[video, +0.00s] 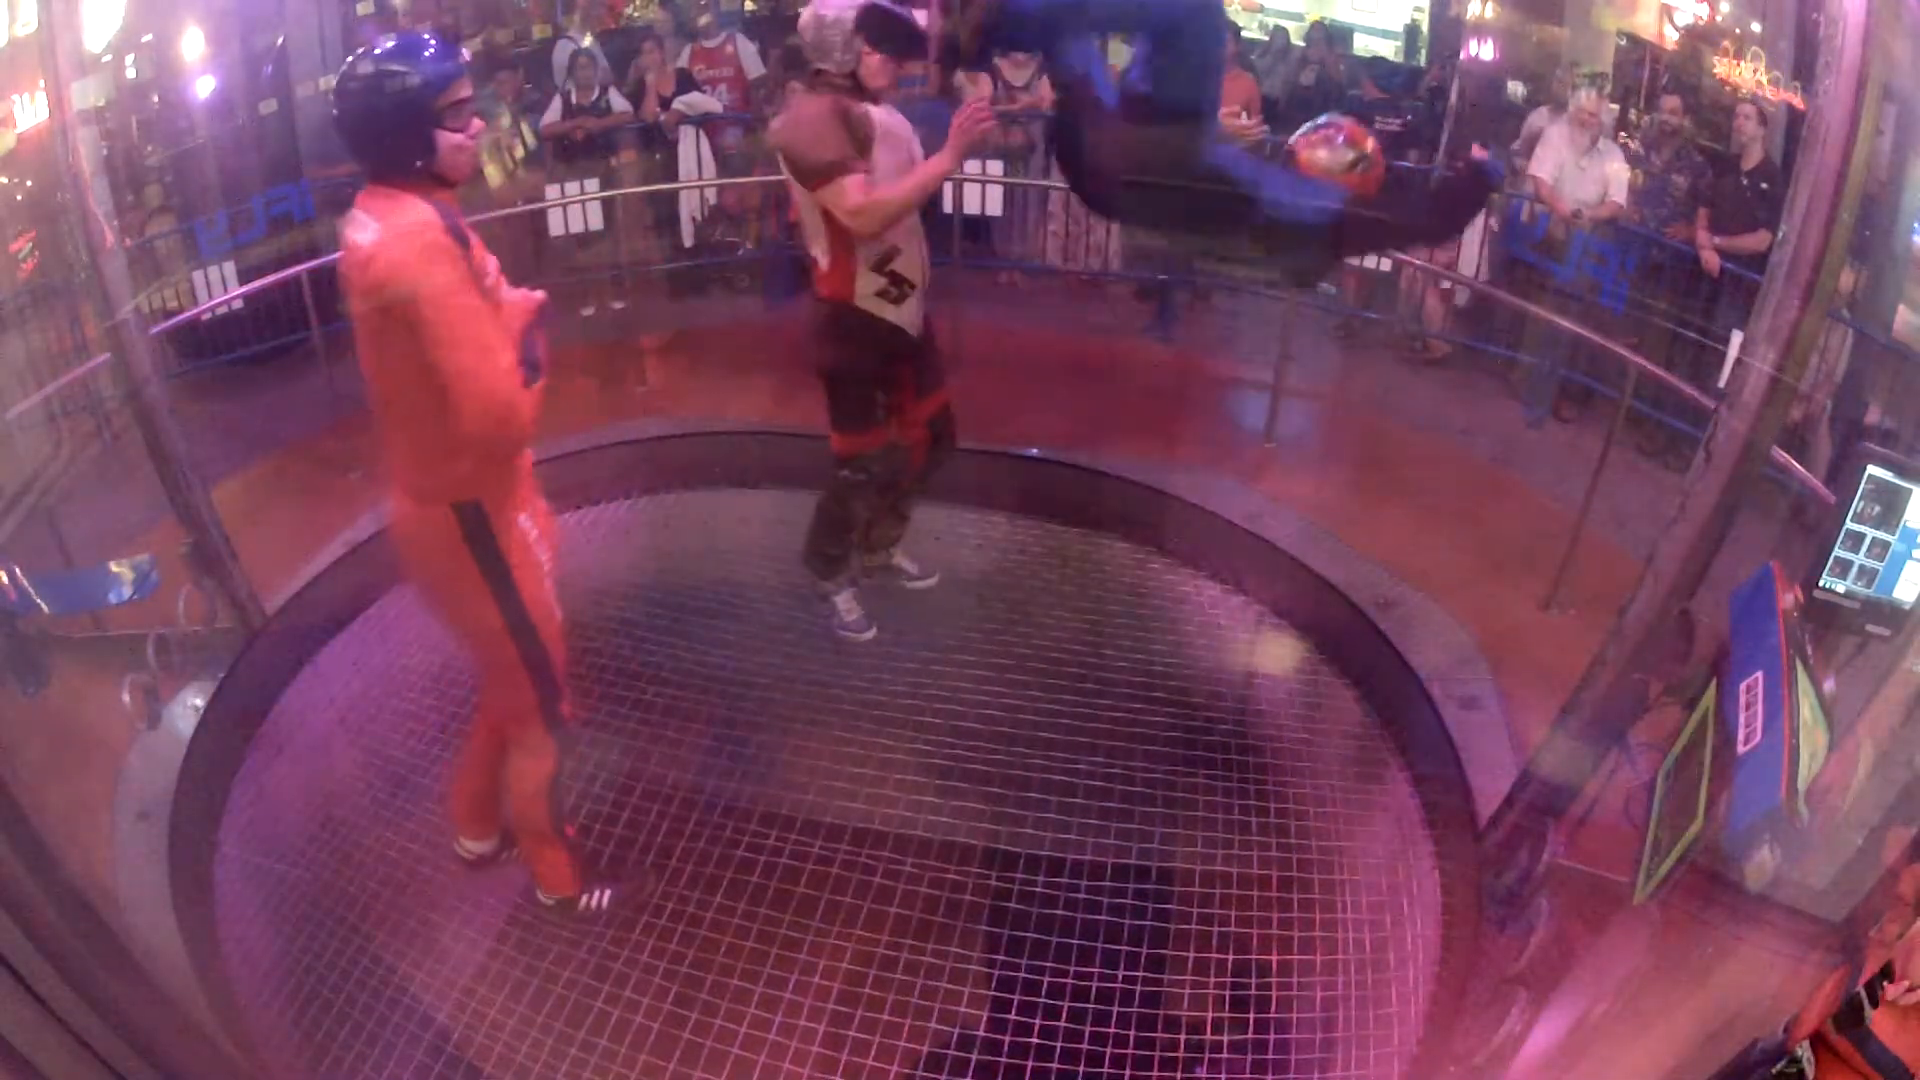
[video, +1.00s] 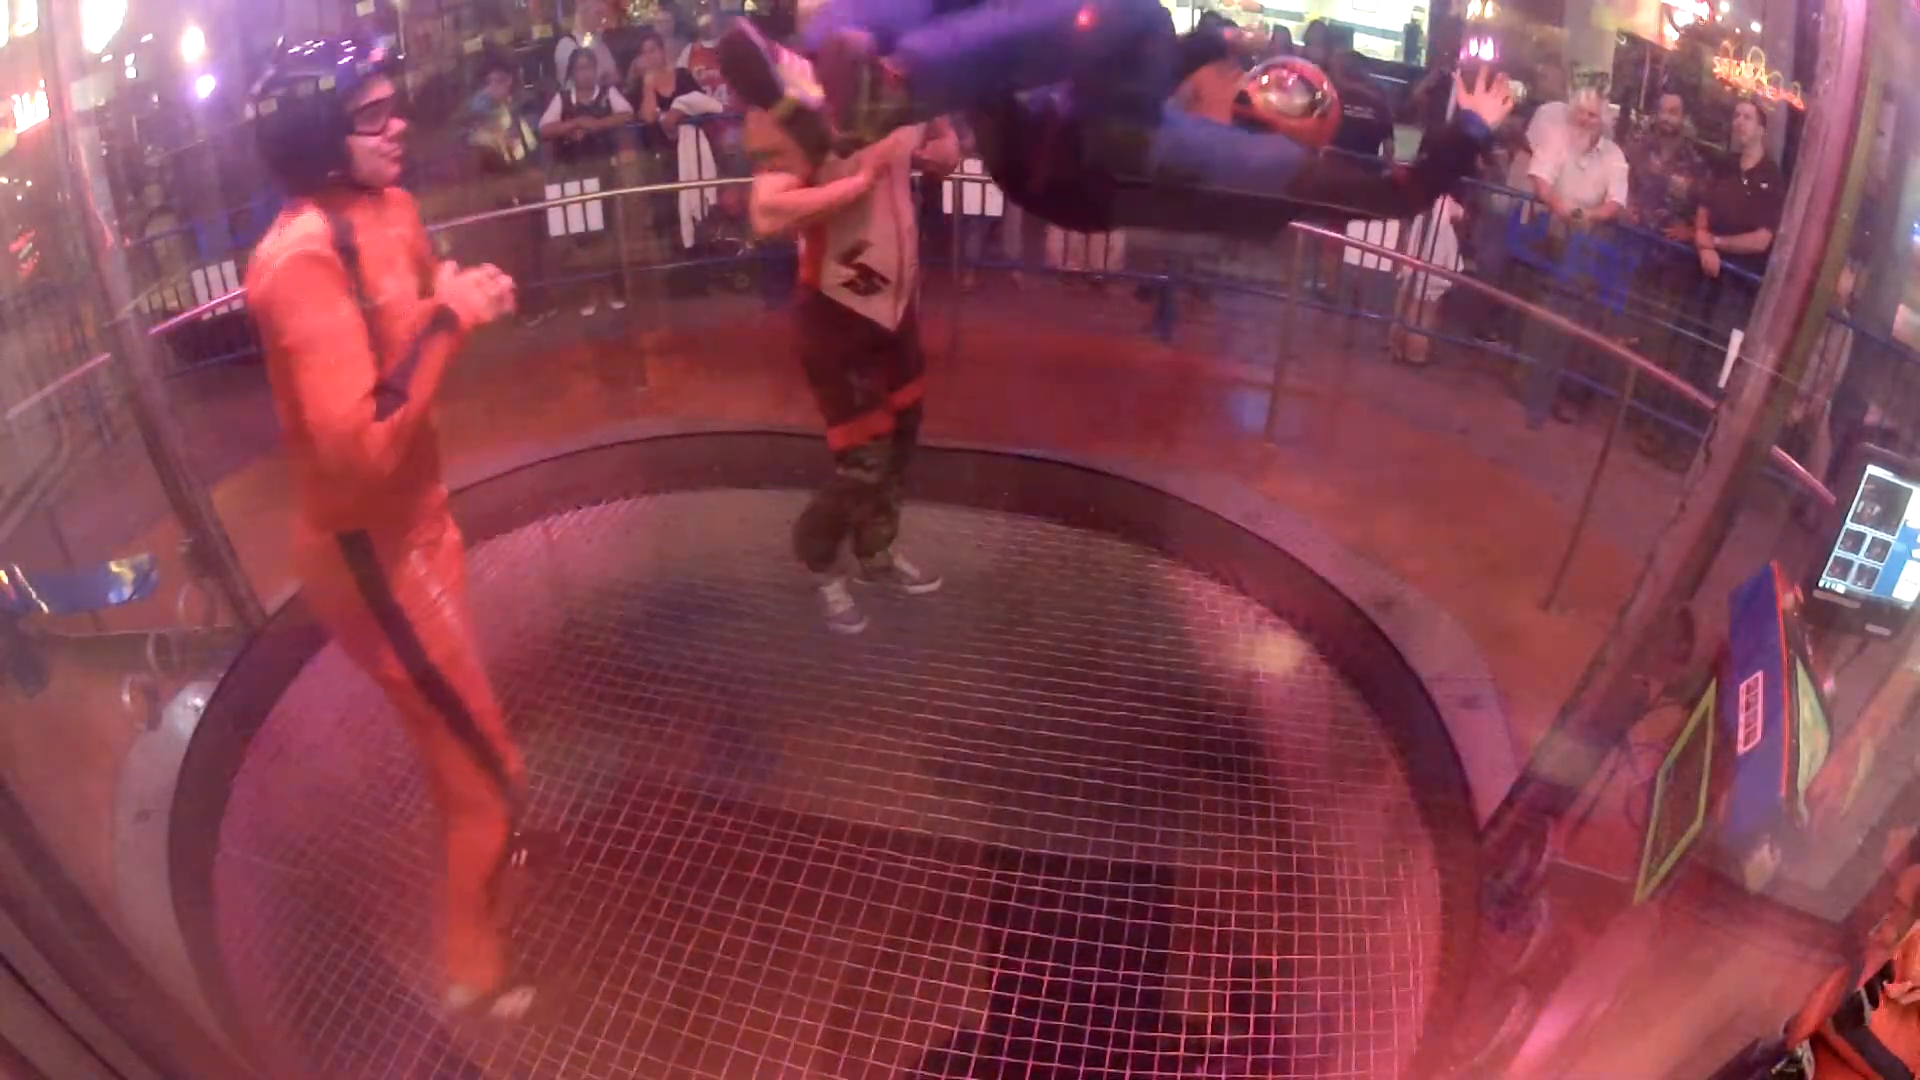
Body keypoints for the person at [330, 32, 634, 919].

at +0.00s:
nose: (477, 129)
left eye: (473, 111)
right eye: (458, 116)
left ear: (400, 135)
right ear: (410, 133)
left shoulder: (406, 215)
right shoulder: (412, 247)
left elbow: (486, 322)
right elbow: (489, 422)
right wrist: (522, 346)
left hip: (481, 489)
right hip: (461, 512)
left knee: (522, 659)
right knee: (533, 693)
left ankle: (474, 820)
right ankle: (554, 877)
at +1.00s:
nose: (397, 131)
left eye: (395, 112)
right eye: (373, 119)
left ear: (390, 121)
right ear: (317, 141)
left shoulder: (391, 211)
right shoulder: (298, 263)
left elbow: (413, 320)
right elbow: (357, 456)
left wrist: (456, 294)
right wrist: (446, 323)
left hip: (423, 519)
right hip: (364, 549)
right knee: (482, 774)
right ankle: (468, 984)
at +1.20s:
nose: (333, 156)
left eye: (331, 138)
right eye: (309, 144)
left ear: (324, 149)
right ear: (255, 162)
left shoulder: (327, 240)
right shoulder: (243, 288)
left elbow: (351, 385)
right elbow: (336, 498)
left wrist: (388, 333)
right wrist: (404, 357)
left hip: (395, 538)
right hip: (340, 577)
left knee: (450, 718)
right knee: (415, 836)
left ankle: (474, 846)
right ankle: (363, 1042)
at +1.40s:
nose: (265, 209)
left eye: (260, 189)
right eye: (238, 200)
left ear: (256, 194)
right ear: (181, 229)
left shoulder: (252, 303)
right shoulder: (178, 356)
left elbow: (301, 430)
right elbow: (277, 582)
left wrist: (336, 409)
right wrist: (340, 441)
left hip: (328, 632)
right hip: (273, 670)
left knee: (442, 754)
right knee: (326, 918)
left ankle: (477, 858)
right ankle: (321, 1071)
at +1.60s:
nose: (195, 277)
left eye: (193, 254)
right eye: (169, 261)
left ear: (193, 260)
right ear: (110, 282)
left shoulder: (190, 358)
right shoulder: (85, 424)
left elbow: (216, 516)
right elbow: (200, 657)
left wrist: (267, 430)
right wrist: (270, 465)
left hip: (251, 692)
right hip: (196, 731)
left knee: (425, 781)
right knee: (284, 970)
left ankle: (441, 901)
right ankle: (301, 1071)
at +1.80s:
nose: (106, 278)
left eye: (108, 254)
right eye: (75, 263)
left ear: (116, 259)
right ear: (22, 288)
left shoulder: (108, 367)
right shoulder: (19, 475)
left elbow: (145, 455)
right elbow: (84, 703)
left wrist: (174, 406)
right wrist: (126, 490)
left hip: (217, 693)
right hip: (161, 747)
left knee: (369, 822)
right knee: (262, 962)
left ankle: (372, 995)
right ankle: (303, 1070)